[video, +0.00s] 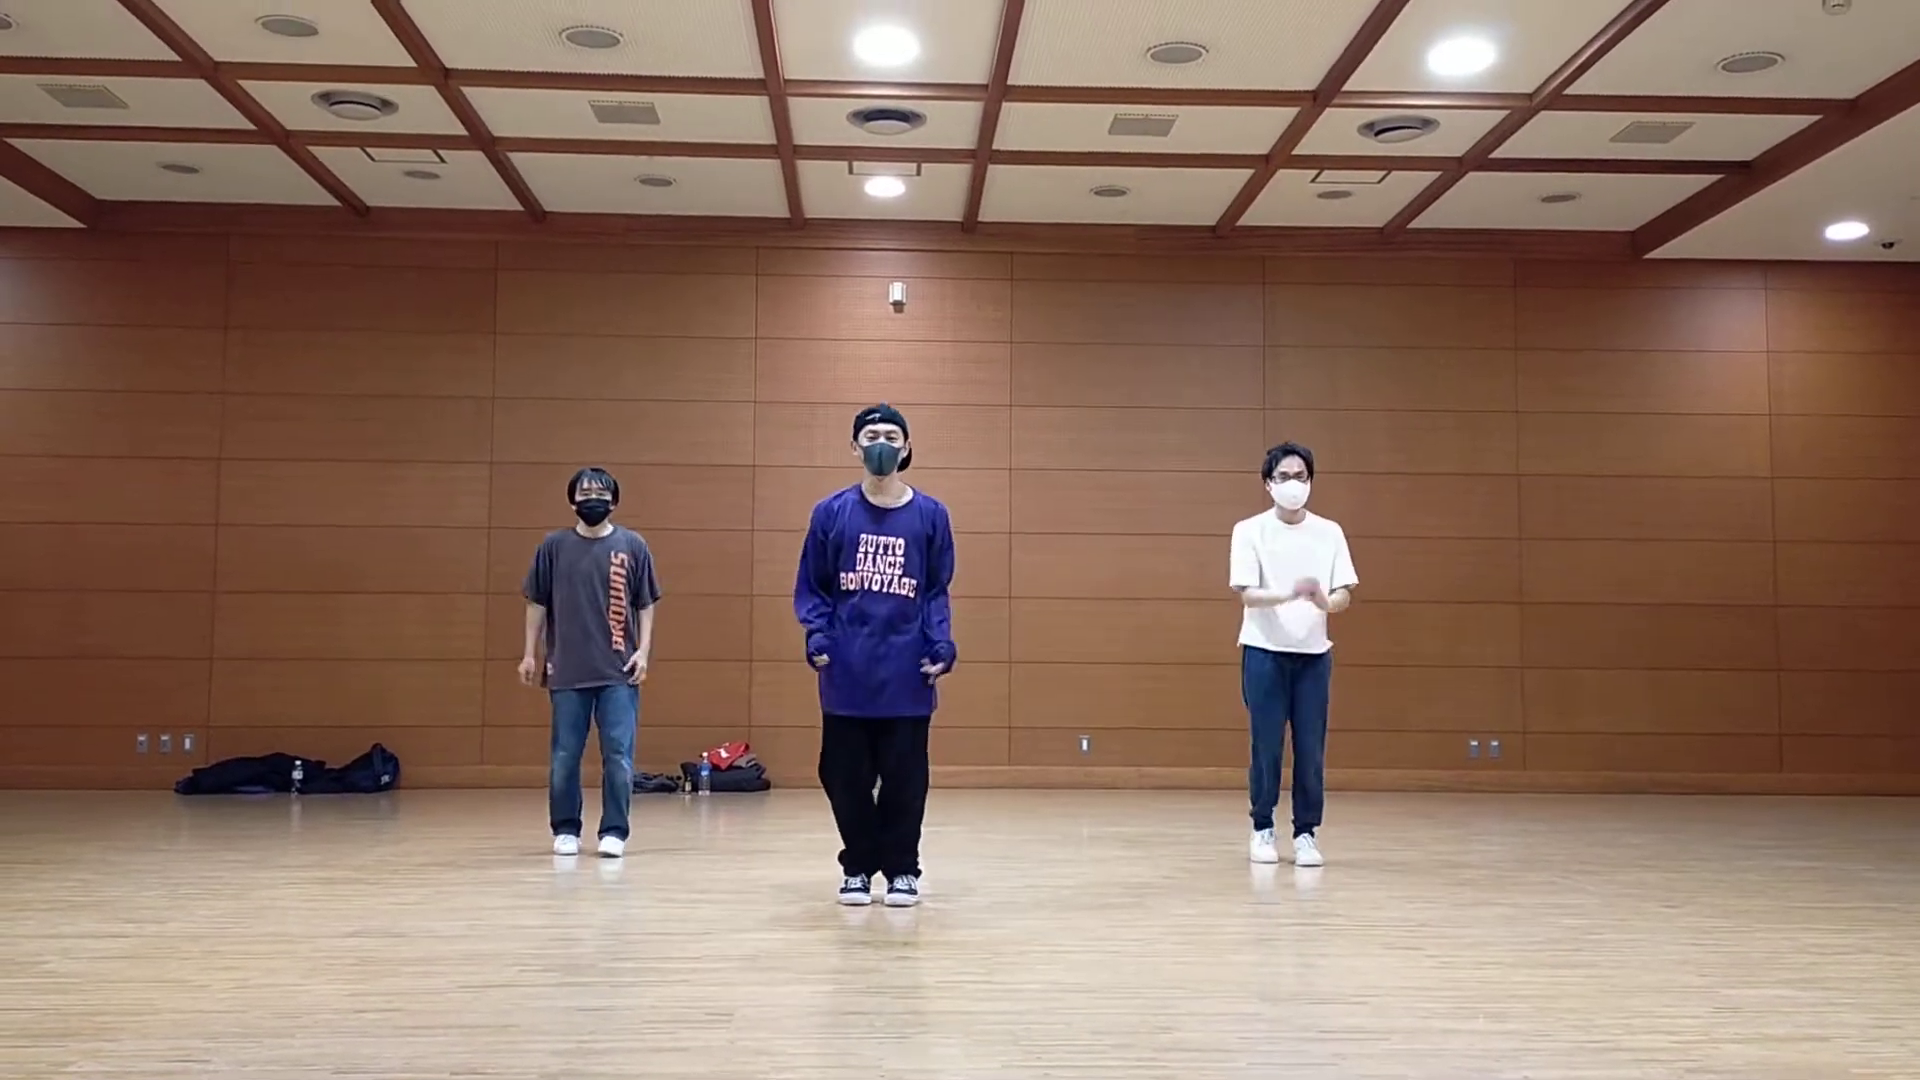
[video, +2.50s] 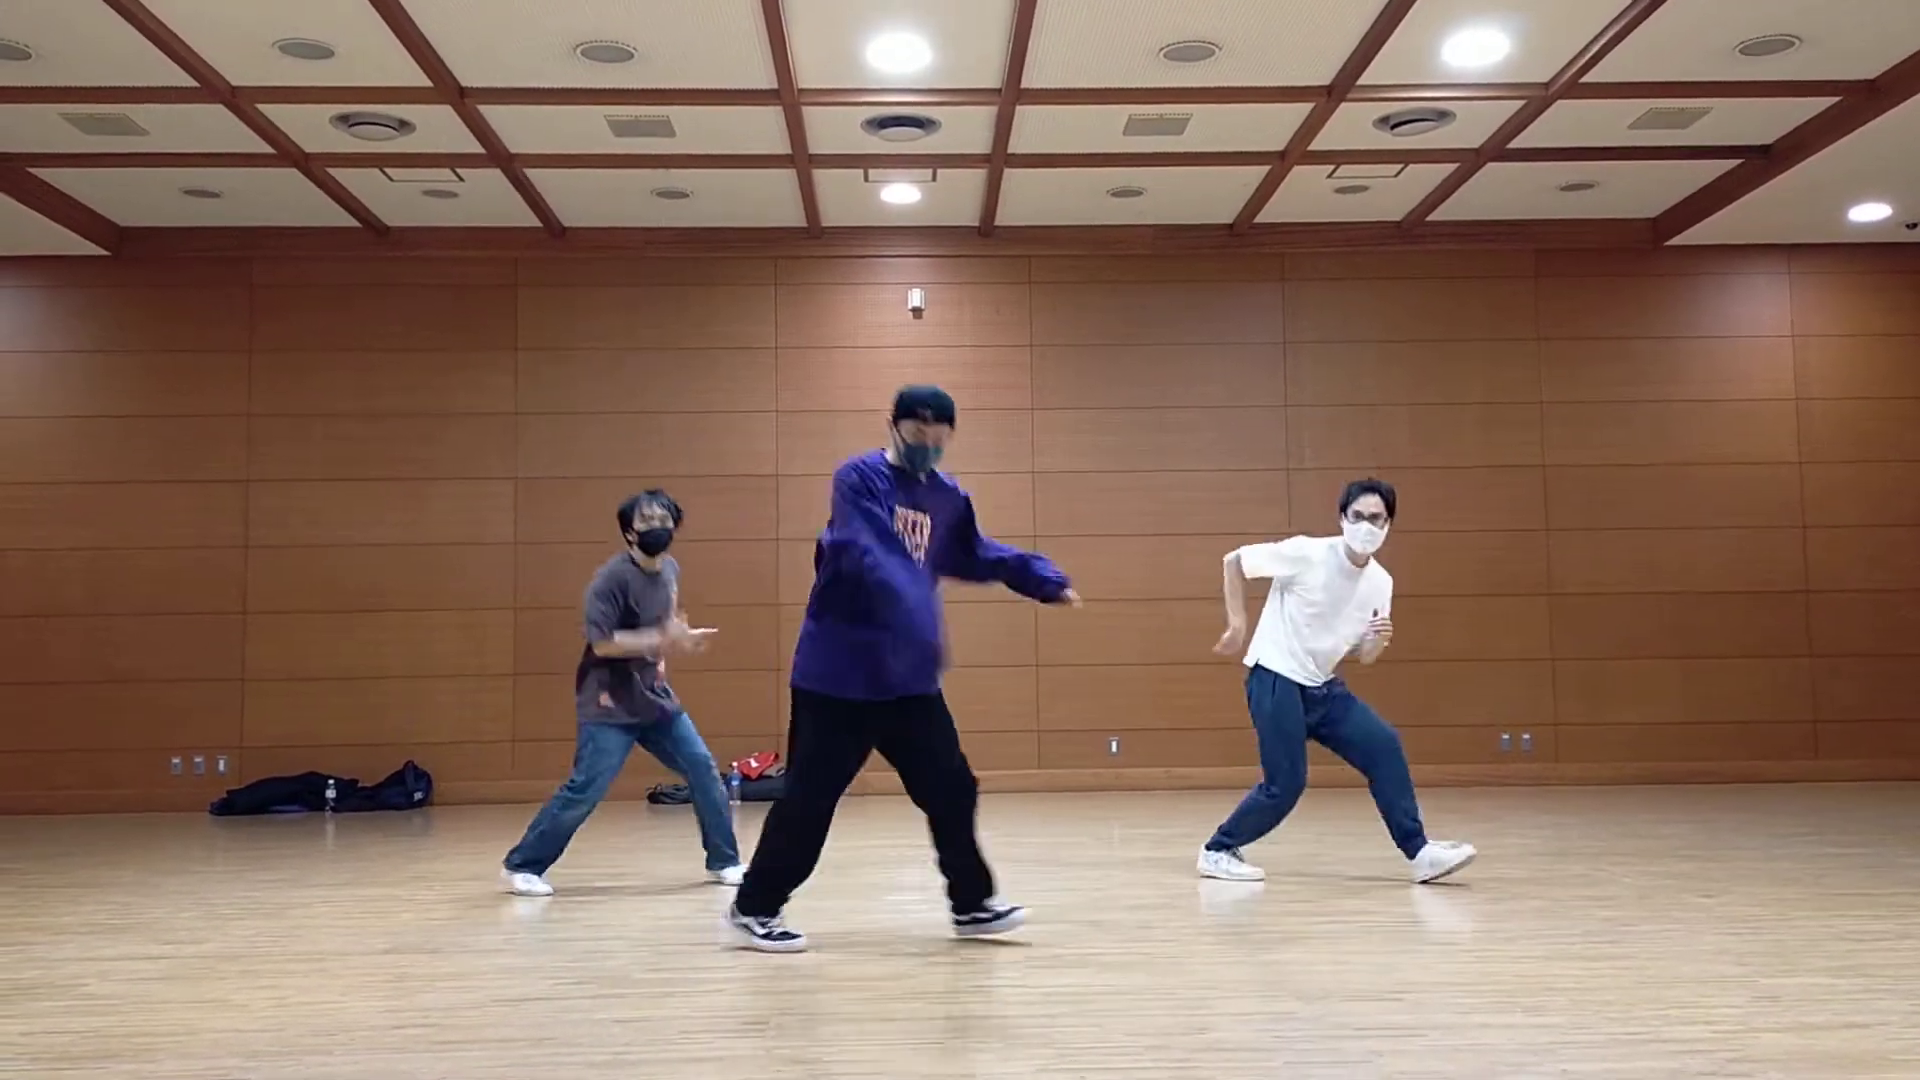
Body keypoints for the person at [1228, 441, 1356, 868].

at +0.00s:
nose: (1293, 484)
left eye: (1300, 477)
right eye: (1284, 478)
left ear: (1310, 483)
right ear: (1269, 483)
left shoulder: (1330, 532)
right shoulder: (1248, 531)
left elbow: (1344, 595)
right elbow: (1247, 595)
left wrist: (1326, 603)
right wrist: (1288, 595)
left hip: (1314, 655)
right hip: (1264, 653)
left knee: (1310, 749)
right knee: (1267, 747)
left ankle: (1306, 834)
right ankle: (1263, 830)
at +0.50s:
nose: (1300, 533)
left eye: (1307, 525)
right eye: (1290, 525)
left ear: (1318, 528)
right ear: (1275, 530)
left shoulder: (1338, 568)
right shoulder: (1255, 564)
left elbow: (1355, 611)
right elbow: (1208, 587)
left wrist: (1347, 661)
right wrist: (1165, 617)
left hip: (1320, 677)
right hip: (1271, 674)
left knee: (1310, 756)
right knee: (1287, 737)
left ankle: (1285, 823)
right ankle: (1305, 815)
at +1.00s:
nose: (1330, 476)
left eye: (1337, 469)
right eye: (1320, 469)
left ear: (1347, 475)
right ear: (1303, 476)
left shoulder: (1367, 525)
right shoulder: (1279, 529)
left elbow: (1377, 588)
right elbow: (1270, 598)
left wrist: (1370, 636)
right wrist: (1306, 639)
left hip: (1351, 655)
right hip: (1300, 655)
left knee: (1357, 746)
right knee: (1316, 742)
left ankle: (1345, 845)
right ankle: (1309, 845)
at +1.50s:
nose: (1335, 528)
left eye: (1343, 519)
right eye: (1325, 520)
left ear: (1355, 525)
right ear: (1309, 529)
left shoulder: (1376, 574)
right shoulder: (1286, 580)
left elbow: (1390, 629)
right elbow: (1250, 627)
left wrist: (1403, 679)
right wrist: (1278, 678)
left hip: (1368, 706)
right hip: (1307, 708)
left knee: (1423, 774)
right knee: (1281, 773)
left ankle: (1458, 858)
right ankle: (1234, 855)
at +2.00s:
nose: (1297, 479)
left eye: (1305, 471)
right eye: (1288, 472)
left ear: (1316, 477)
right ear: (1271, 478)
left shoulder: (1338, 528)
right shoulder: (1248, 533)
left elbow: (1350, 597)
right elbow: (1228, 602)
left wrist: (1356, 652)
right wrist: (1281, 576)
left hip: (1330, 659)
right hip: (1275, 660)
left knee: (1319, 764)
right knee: (1282, 757)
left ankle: (1287, 841)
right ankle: (1263, 851)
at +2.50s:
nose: (1368, 529)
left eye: (1378, 521)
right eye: (1359, 518)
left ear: (1388, 528)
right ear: (1342, 521)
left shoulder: (1379, 582)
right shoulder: (1307, 553)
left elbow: (1364, 657)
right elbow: (1234, 562)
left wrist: (1380, 640)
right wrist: (1237, 626)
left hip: (1322, 687)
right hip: (1274, 678)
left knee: (1383, 746)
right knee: (1286, 782)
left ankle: (1419, 852)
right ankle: (1217, 851)